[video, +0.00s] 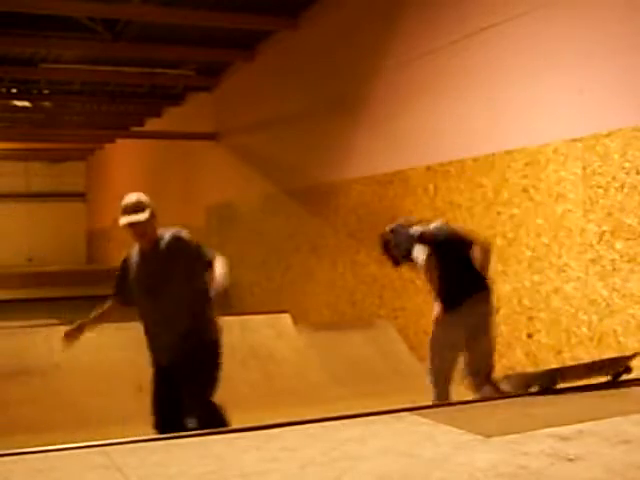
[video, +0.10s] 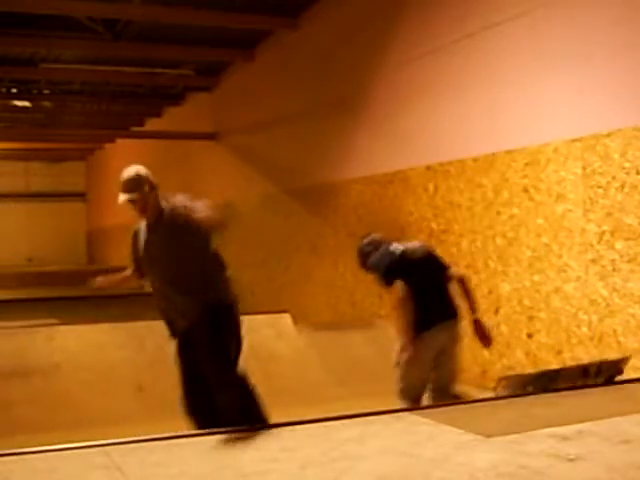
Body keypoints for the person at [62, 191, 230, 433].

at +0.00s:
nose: (138, 231)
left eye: (142, 223)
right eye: (132, 226)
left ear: (153, 219)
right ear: (126, 228)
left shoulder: (176, 243)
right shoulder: (131, 263)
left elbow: (217, 260)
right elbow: (119, 302)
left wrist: (218, 282)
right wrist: (83, 326)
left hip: (199, 342)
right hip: (164, 352)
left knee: (197, 405)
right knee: (166, 421)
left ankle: (230, 452)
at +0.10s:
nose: (136, 204)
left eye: (138, 196)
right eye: (130, 200)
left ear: (152, 190)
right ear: (127, 201)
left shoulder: (180, 214)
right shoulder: (141, 233)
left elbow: (213, 219)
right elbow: (138, 273)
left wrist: (213, 217)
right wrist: (105, 282)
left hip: (215, 313)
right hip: (186, 324)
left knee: (221, 377)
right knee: (197, 398)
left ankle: (254, 427)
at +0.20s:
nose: (130, 175)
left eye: (131, 167)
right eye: (125, 170)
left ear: (144, 156)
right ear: (126, 169)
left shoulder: (176, 175)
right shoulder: (152, 195)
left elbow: (194, 162)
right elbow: (158, 231)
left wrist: (150, 153)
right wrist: (126, 247)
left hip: (222, 262)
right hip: (204, 270)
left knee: (231, 345)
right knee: (226, 351)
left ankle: (274, 416)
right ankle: (260, 417)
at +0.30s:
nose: (128, 153)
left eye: (127, 145)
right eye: (122, 149)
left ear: (139, 133)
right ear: (128, 146)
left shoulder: (174, 143)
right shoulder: (160, 169)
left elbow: (177, 125)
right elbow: (169, 206)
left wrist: (129, 128)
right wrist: (131, 226)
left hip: (235, 222)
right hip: (218, 230)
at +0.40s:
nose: (132, 135)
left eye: (128, 127)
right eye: (125, 133)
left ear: (137, 113)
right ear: (135, 129)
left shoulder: (183, 117)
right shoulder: (173, 144)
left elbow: (173, 100)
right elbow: (180, 198)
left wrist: (117, 105)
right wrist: (135, 226)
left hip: (241, 201)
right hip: (222, 209)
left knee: (216, 294)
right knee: (204, 289)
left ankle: (285, 374)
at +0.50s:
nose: (130, 124)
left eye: (128, 114)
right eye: (126, 119)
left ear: (140, 96)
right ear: (148, 104)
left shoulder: (185, 96)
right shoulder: (181, 126)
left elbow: (179, 85)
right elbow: (202, 191)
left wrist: (114, 102)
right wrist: (157, 225)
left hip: (226, 193)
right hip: (254, 193)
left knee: (191, 287)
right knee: (225, 293)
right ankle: (283, 383)